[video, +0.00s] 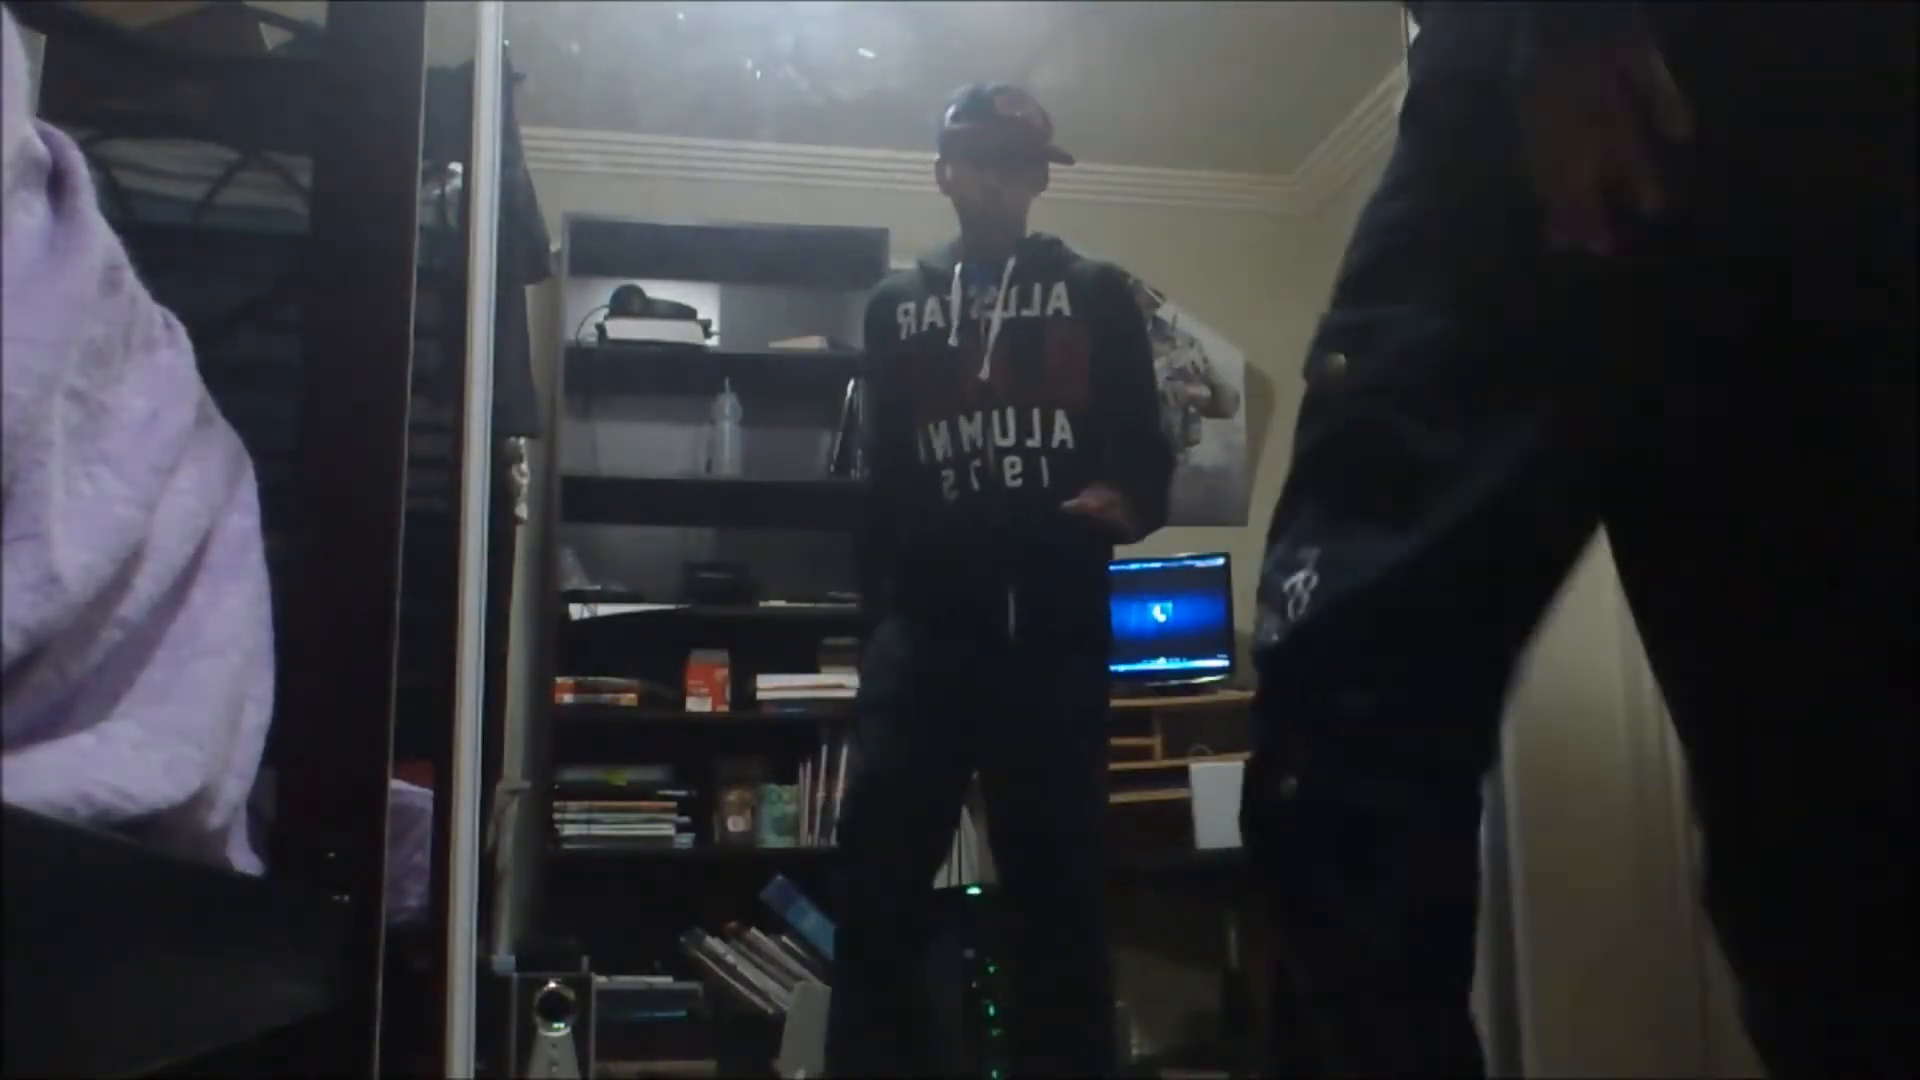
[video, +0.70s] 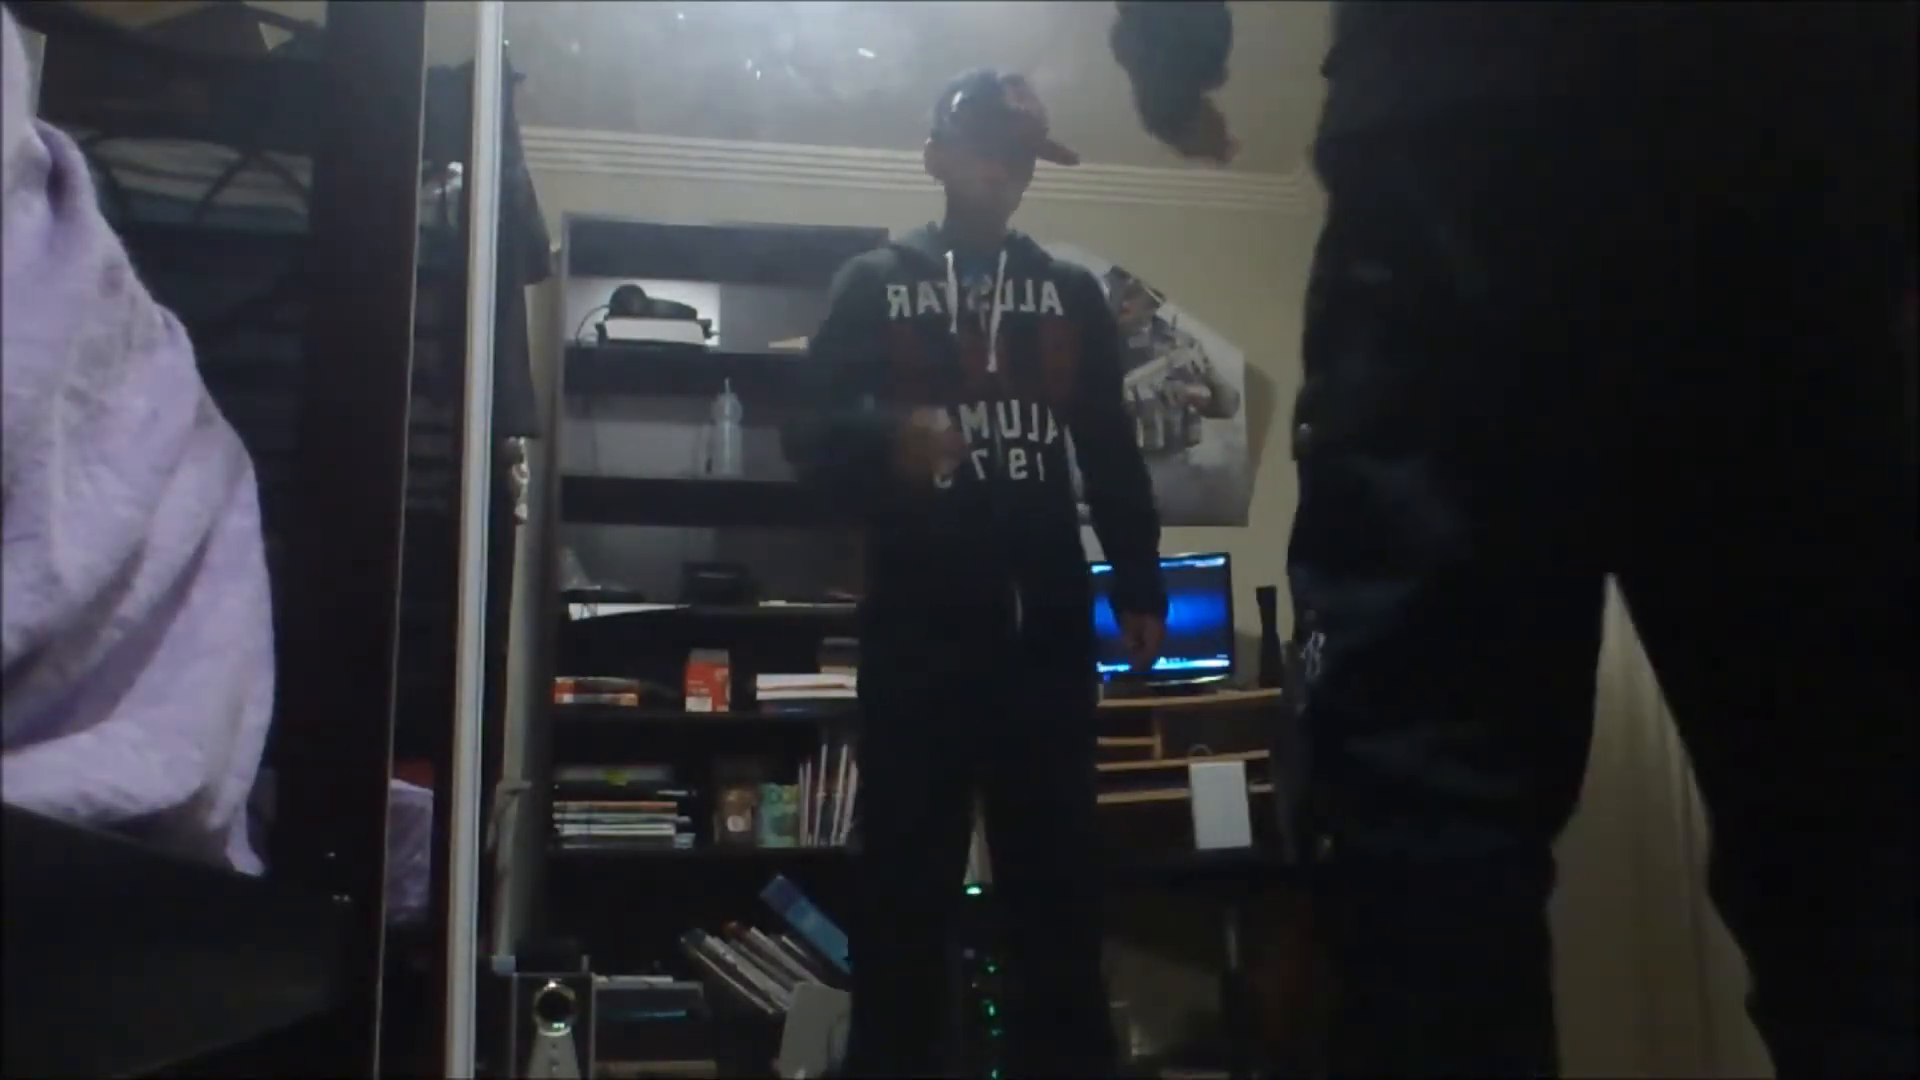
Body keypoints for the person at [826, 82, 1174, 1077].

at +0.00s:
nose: (999, 168)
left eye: (1018, 151)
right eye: (979, 150)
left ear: (1046, 171)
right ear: (945, 171)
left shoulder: (1098, 290)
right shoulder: (894, 302)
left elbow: (1145, 459)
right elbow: (864, 466)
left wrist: (1122, 501)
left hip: (1051, 613)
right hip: (922, 612)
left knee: (1054, 867)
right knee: (879, 855)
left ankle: (1063, 1063)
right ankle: (877, 1065)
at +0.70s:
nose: (998, 171)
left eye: (1015, 155)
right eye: (979, 149)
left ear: (1033, 167)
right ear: (936, 154)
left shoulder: (1070, 291)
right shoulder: (876, 282)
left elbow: (1110, 449)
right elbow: (814, 429)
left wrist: (1140, 587)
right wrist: (889, 442)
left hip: (1047, 611)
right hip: (919, 608)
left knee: (1051, 866)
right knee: (909, 867)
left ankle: (1059, 1068)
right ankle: (904, 1066)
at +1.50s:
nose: (999, 187)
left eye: (1019, 170)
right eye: (981, 167)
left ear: (1046, 184)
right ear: (949, 177)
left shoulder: (1092, 299)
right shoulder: (893, 304)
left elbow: (1164, 467)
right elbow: (857, 466)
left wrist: (1113, 454)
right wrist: (842, 599)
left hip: (1052, 618)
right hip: (924, 615)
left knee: (1061, 868)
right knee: (893, 866)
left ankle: (1069, 1066)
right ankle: (883, 1068)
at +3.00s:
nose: (938, 238)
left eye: (958, 222)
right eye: (922, 222)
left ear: (992, 234)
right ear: (900, 230)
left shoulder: (1047, 346)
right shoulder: (868, 359)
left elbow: (1096, 499)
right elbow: (834, 504)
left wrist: (1034, 585)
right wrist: (813, 613)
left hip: (1005, 636)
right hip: (889, 635)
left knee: (1019, 867)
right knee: (834, 850)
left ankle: (1046, 1061)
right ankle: (819, 1058)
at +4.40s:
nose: (961, 242)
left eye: (977, 227)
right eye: (944, 222)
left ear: (996, 242)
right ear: (906, 231)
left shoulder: (1027, 357)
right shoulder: (846, 354)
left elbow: (1075, 490)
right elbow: (813, 502)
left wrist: (1092, 599)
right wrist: (879, 558)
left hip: (1004, 644)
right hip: (887, 646)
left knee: (1042, 878)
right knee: (864, 886)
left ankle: (1069, 1067)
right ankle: (849, 1068)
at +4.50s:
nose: (997, 244)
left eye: (1008, 230)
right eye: (980, 225)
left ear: (1018, 242)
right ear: (932, 229)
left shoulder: (1040, 356)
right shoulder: (868, 336)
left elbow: (1086, 487)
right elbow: (828, 484)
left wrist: (1120, 596)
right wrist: (935, 492)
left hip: (1011, 641)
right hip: (900, 638)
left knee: (1052, 888)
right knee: (874, 894)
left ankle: (1065, 1069)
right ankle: (851, 1070)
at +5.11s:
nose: (1051, 238)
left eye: (1064, 225)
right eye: (1033, 217)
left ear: (1075, 237)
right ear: (987, 222)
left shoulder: (1107, 347)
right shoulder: (921, 339)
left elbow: (1202, 484)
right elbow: (864, 480)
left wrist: (1179, 441)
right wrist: (869, 605)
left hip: (1052, 628)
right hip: (934, 625)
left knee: (1060, 862)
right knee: (875, 853)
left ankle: (1067, 1063)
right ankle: (852, 1062)